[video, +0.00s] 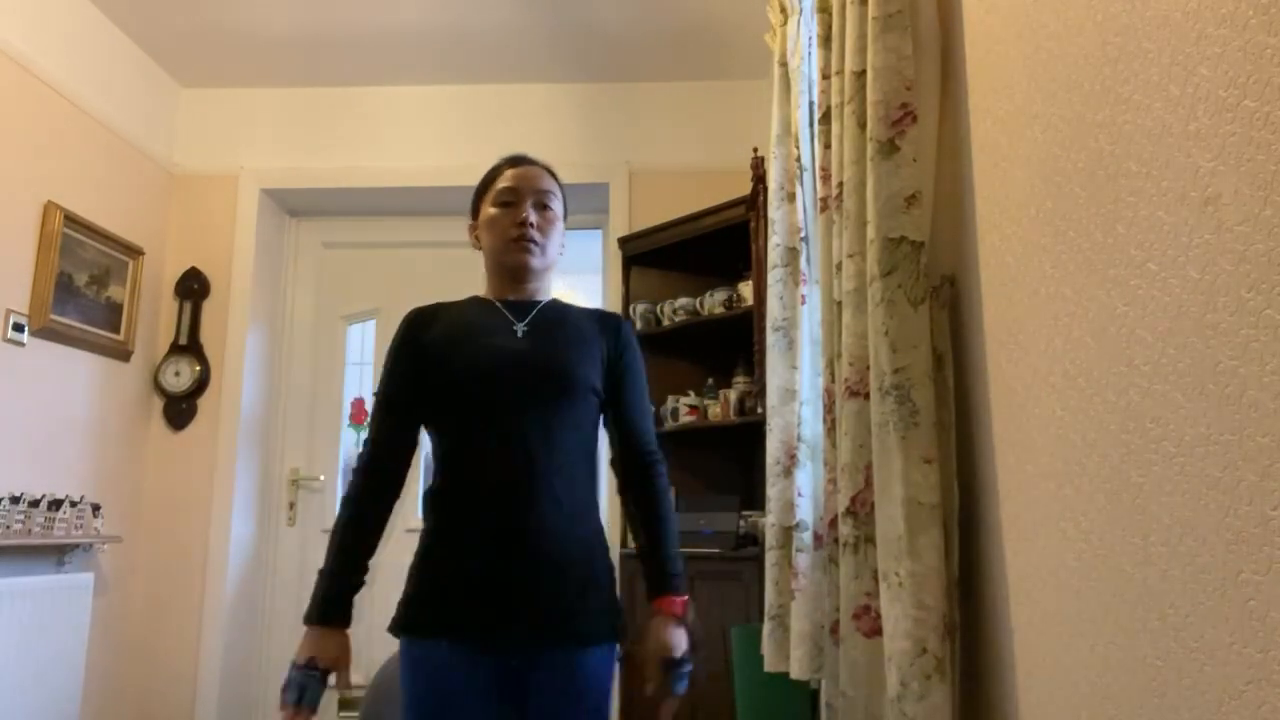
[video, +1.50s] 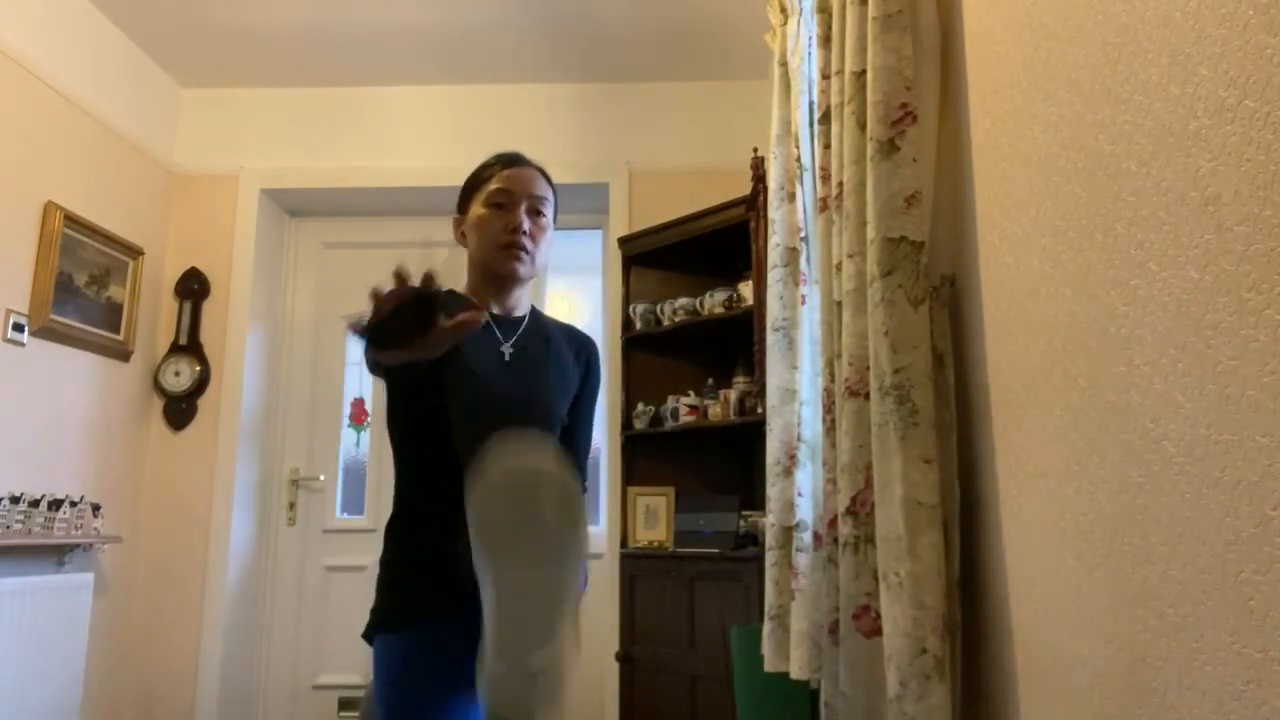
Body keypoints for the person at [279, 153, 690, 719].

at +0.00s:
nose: (528, 215)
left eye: (544, 204)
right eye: (507, 202)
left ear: (562, 233)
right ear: (475, 229)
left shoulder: (606, 335)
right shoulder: (427, 331)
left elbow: (643, 469)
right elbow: (379, 475)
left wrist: (669, 601)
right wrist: (327, 615)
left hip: (572, 622)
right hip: (449, 620)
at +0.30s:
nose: (552, 221)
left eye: (570, 208)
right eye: (532, 207)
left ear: (595, 235)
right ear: (505, 234)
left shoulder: (634, 316)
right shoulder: (465, 337)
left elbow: (660, 360)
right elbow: (437, 480)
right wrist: (404, 621)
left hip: (592, 597)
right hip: (486, 594)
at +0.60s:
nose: (554, 222)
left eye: (574, 208)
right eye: (534, 205)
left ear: (596, 232)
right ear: (507, 229)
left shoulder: (620, 325)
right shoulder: (467, 332)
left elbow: (652, 341)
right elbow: (440, 475)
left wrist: (642, 304)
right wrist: (414, 585)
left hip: (596, 567)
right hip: (500, 548)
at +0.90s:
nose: (540, 229)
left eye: (557, 216)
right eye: (520, 211)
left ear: (575, 239)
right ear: (489, 231)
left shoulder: (610, 344)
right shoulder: (433, 327)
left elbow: (654, 472)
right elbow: (378, 465)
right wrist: (320, 599)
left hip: (569, 627)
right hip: (446, 621)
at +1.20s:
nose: (520, 221)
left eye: (539, 211)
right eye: (502, 204)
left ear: (555, 240)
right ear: (466, 227)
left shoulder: (581, 348)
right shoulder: (419, 308)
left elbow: (570, 476)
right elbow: (378, 345)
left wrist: (552, 556)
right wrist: (358, 385)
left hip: (533, 554)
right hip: (426, 565)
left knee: (504, 592)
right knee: (407, 708)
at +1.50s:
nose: (521, 220)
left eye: (538, 211)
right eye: (500, 204)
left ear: (549, 238)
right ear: (461, 227)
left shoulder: (575, 352)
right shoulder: (422, 322)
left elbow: (573, 478)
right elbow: (385, 348)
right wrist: (401, 335)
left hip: (533, 600)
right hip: (426, 596)